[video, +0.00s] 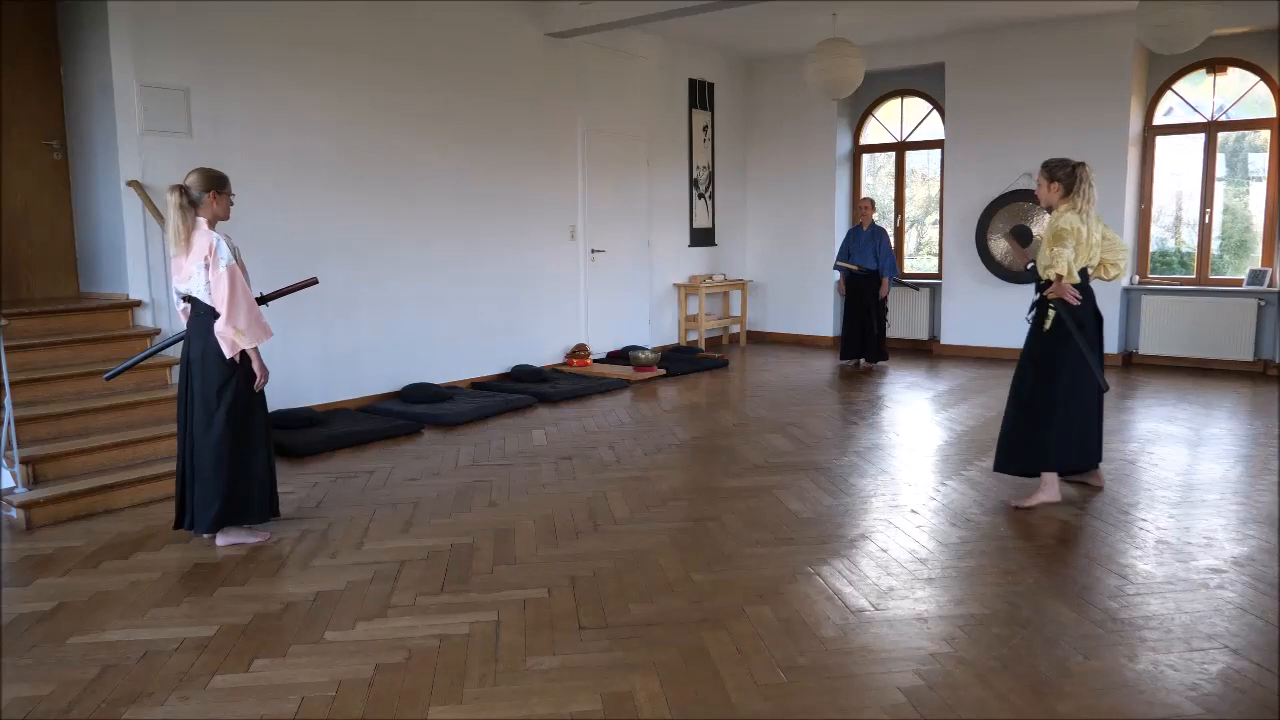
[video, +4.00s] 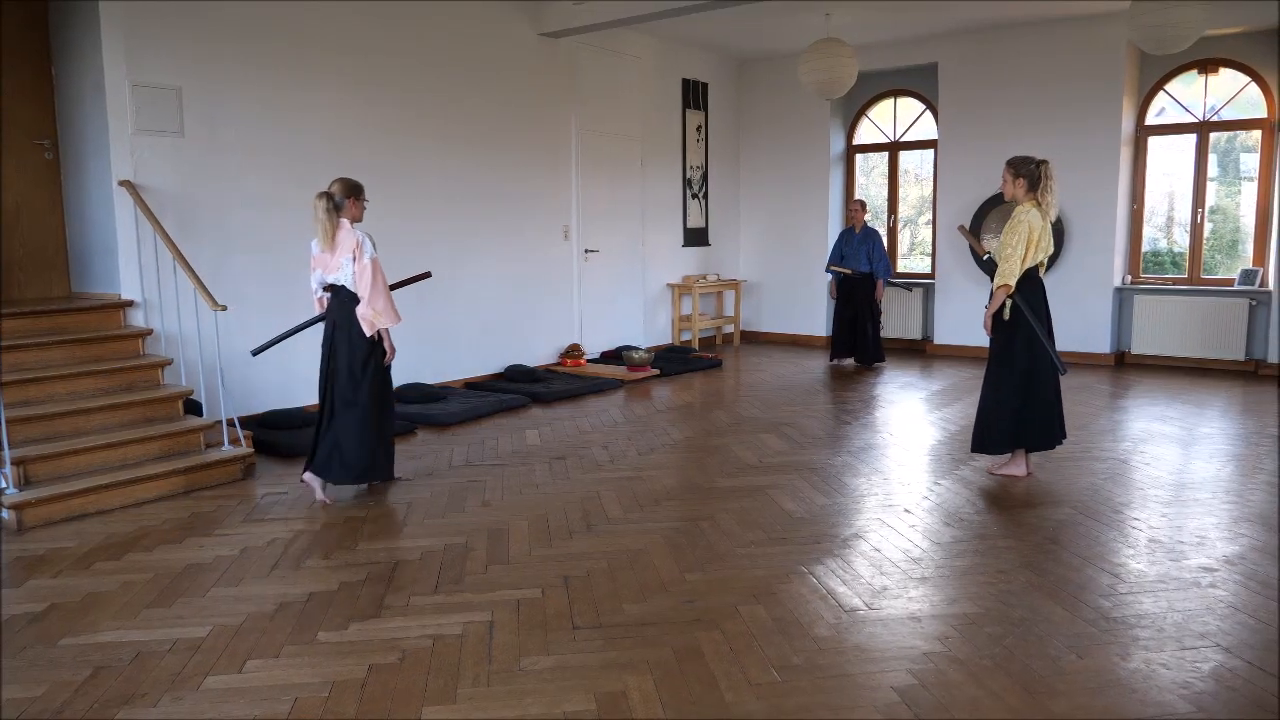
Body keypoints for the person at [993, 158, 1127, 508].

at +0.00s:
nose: (1037, 192)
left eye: (1040, 186)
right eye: (1038, 186)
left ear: (1057, 188)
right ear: (1069, 189)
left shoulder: (1061, 220)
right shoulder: (1091, 220)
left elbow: (1059, 256)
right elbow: (1116, 260)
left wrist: (1056, 281)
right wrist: (1083, 271)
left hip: (1058, 314)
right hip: (1086, 312)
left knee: (1044, 394)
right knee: (1083, 390)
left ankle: (1049, 484)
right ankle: (1091, 468)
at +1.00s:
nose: (1024, 185)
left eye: (1028, 180)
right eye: (1025, 179)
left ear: (1047, 184)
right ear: (1048, 184)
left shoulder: (1046, 217)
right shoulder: (1056, 214)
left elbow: (1023, 266)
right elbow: (1046, 263)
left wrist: (989, 308)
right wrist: (1013, 255)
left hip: (1034, 303)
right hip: (1045, 301)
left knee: (1026, 376)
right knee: (1030, 375)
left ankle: (1024, 459)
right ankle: (1022, 454)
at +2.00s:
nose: (1015, 183)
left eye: (1019, 178)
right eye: (1017, 177)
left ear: (1033, 182)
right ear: (1038, 183)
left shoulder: (1033, 218)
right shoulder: (1050, 215)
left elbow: (1019, 269)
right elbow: (1021, 257)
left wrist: (999, 308)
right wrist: (989, 244)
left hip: (1027, 302)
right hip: (1041, 299)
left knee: (1024, 376)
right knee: (1033, 375)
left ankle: (1025, 459)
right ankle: (1027, 454)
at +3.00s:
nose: (1012, 185)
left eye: (1016, 179)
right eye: (1013, 179)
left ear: (1031, 182)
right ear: (1035, 182)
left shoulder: (1032, 217)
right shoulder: (1048, 214)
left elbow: (1021, 268)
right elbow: (1016, 254)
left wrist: (1001, 308)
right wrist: (987, 243)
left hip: (1028, 301)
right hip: (1041, 298)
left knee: (1025, 376)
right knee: (1033, 376)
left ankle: (1025, 459)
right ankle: (1025, 455)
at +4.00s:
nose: (1001, 185)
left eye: (1005, 181)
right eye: (1002, 180)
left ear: (1021, 183)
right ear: (1026, 183)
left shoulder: (1022, 217)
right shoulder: (1038, 215)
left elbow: (1011, 267)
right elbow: (1011, 258)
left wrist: (991, 307)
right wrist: (980, 246)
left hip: (1018, 301)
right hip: (1031, 297)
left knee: (1017, 375)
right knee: (1024, 375)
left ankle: (1019, 458)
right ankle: (1019, 455)